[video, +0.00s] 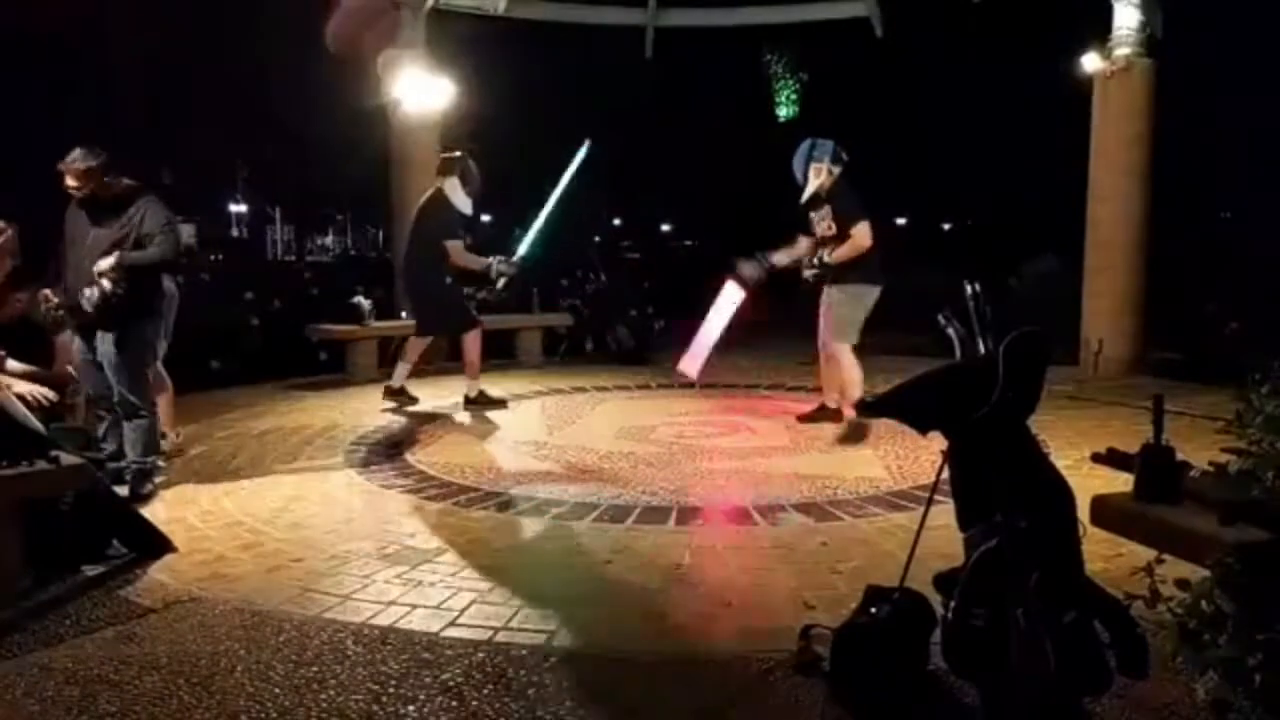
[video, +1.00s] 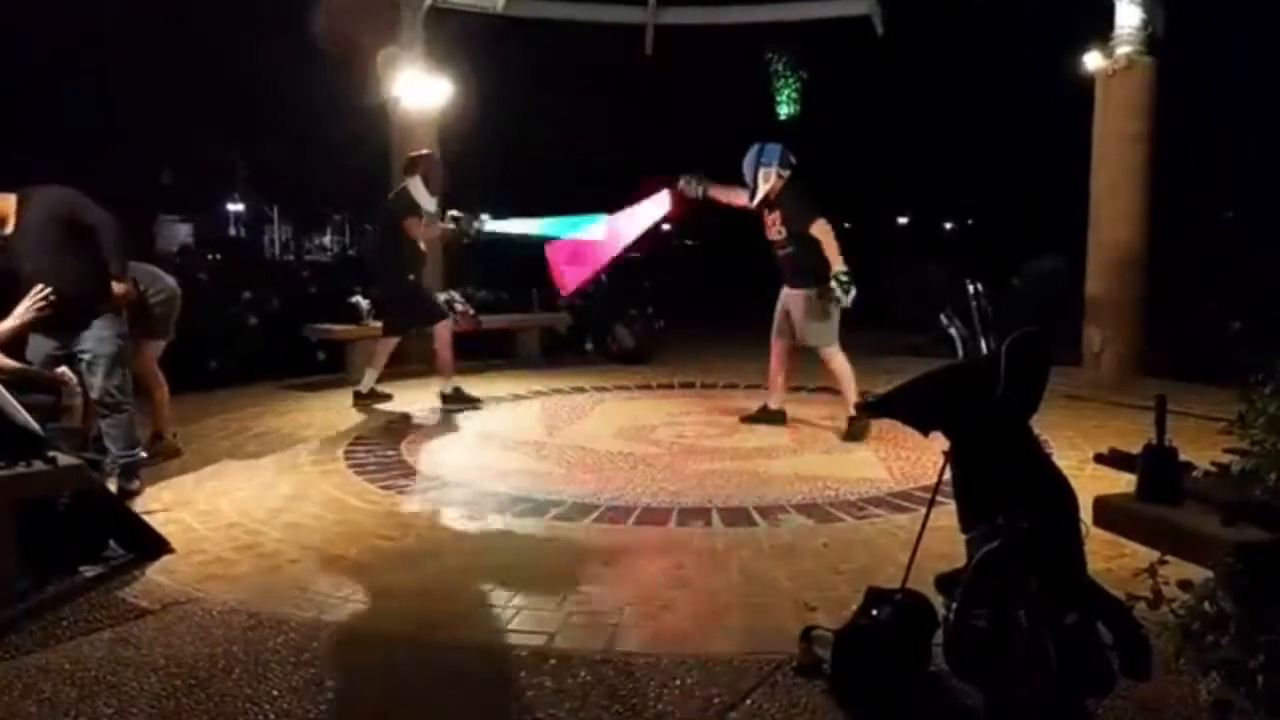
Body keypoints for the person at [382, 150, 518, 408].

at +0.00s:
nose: (476, 182)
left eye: (474, 176)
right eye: (472, 176)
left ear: (447, 175)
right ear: (461, 176)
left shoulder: (438, 200)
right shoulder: (444, 205)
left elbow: (457, 252)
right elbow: (457, 255)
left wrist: (488, 264)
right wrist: (490, 265)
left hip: (421, 277)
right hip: (432, 279)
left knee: (425, 329)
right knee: (471, 327)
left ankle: (396, 384)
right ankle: (473, 391)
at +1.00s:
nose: (439, 176)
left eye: (438, 170)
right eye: (434, 170)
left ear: (417, 173)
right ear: (421, 172)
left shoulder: (419, 199)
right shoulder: (402, 199)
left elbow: (426, 232)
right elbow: (419, 233)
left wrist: (448, 225)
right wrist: (448, 227)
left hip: (400, 280)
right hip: (400, 281)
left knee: (392, 332)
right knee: (442, 322)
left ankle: (365, 387)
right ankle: (449, 389)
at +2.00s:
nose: (428, 182)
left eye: (428, 175)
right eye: (425, 175)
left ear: (401, 175)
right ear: (413, 175)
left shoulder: (382, 199)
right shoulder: (393, 202)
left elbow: (405, 247)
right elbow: (403, 246)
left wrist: (430, 271)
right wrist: (431, 272)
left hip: (365, 275)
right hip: (377, 277)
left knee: (370, 332)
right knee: (409, 327)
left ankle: (351, 389)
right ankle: (406, 390)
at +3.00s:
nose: (424, 183)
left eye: (423, 176)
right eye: (420, 176)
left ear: (402, 177)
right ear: (409, 177)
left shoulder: (394, 202)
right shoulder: (387, 204)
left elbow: (394, 247)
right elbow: (388, 249)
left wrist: (413, 268)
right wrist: (413, 270)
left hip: (370, 274)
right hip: (375, 275)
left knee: (368, 331)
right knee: (405, 325)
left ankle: (347, 388)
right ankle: (397, 389)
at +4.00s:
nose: (404, 181)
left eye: (404, 175)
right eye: (401, 175)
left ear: (380, 175)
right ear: (390, 175)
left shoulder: (368, 198)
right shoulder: (377, 202)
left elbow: (384, 246)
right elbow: (383, 246)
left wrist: (404, 271)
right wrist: (406, 271)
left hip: (353, 270)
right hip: (365, 271)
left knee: (353, 327)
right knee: (388, 323)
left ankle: (334, 385)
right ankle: (383, 385)